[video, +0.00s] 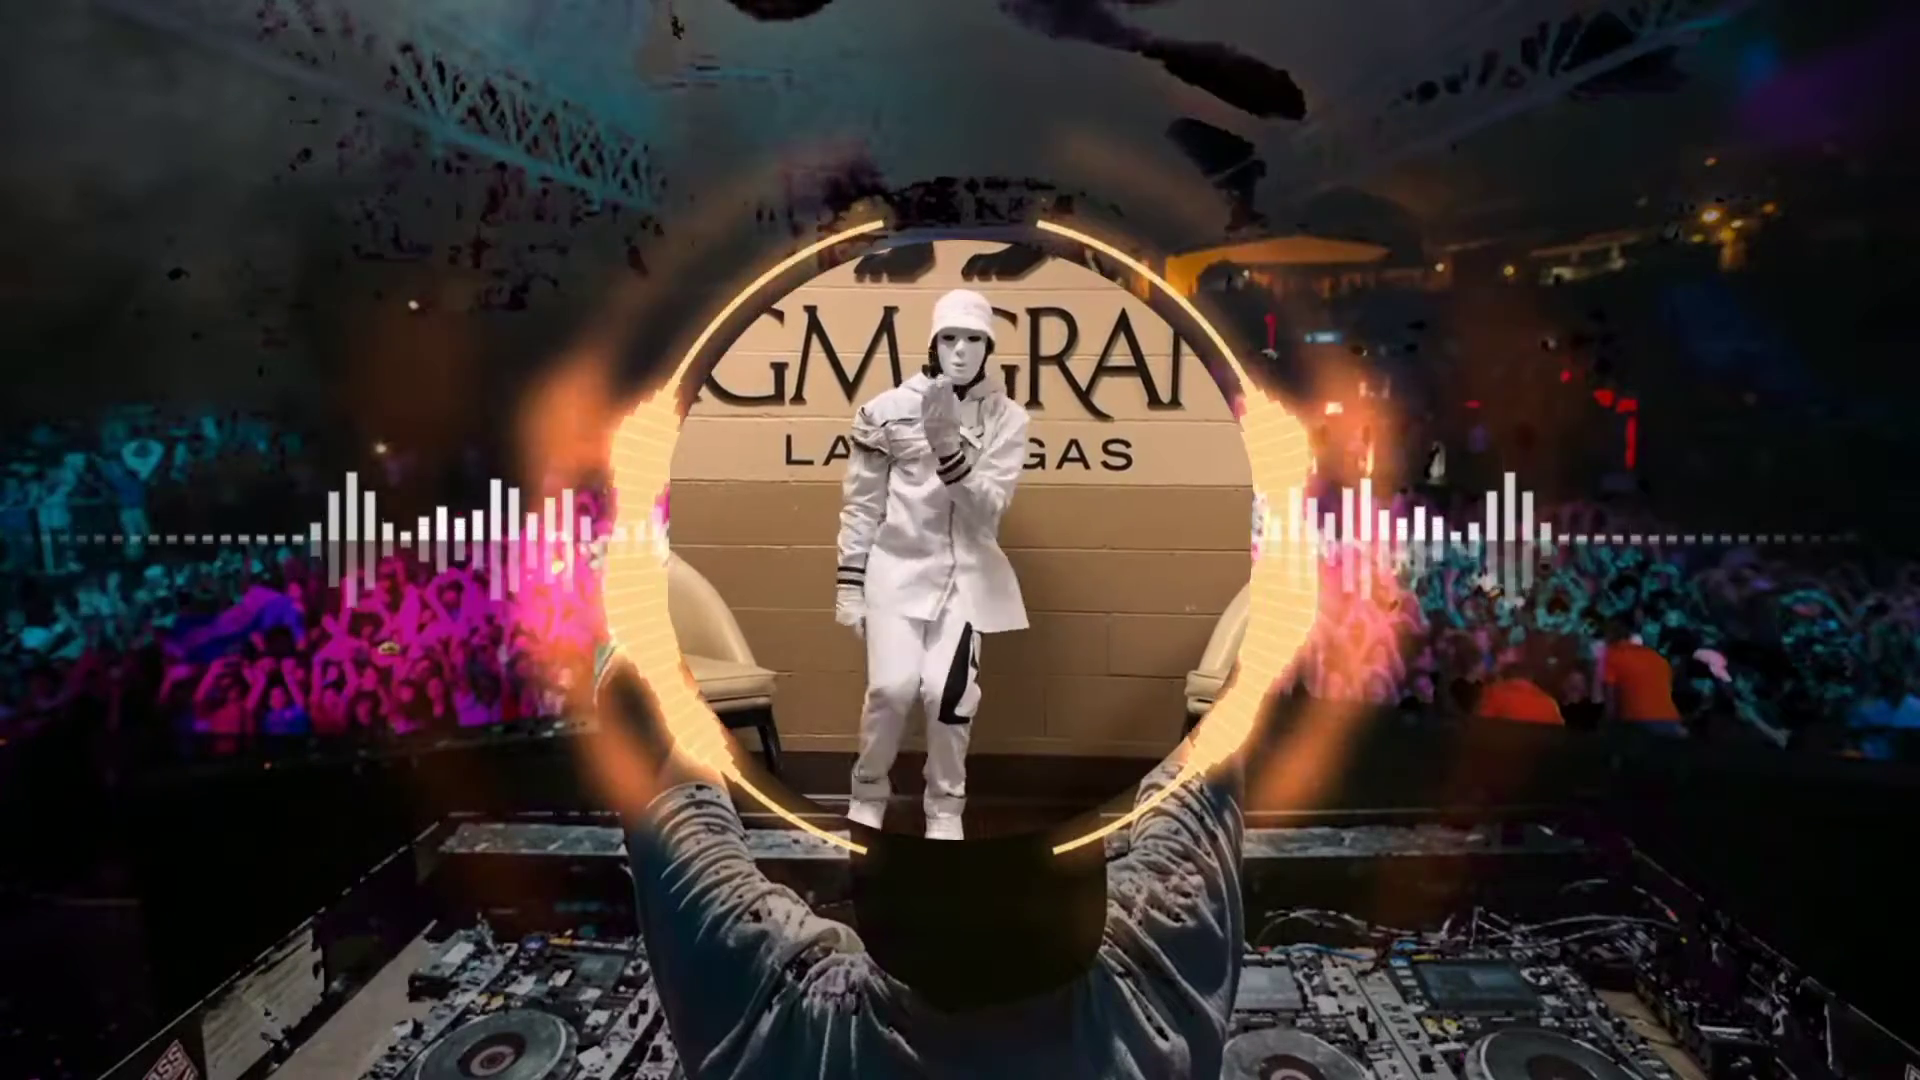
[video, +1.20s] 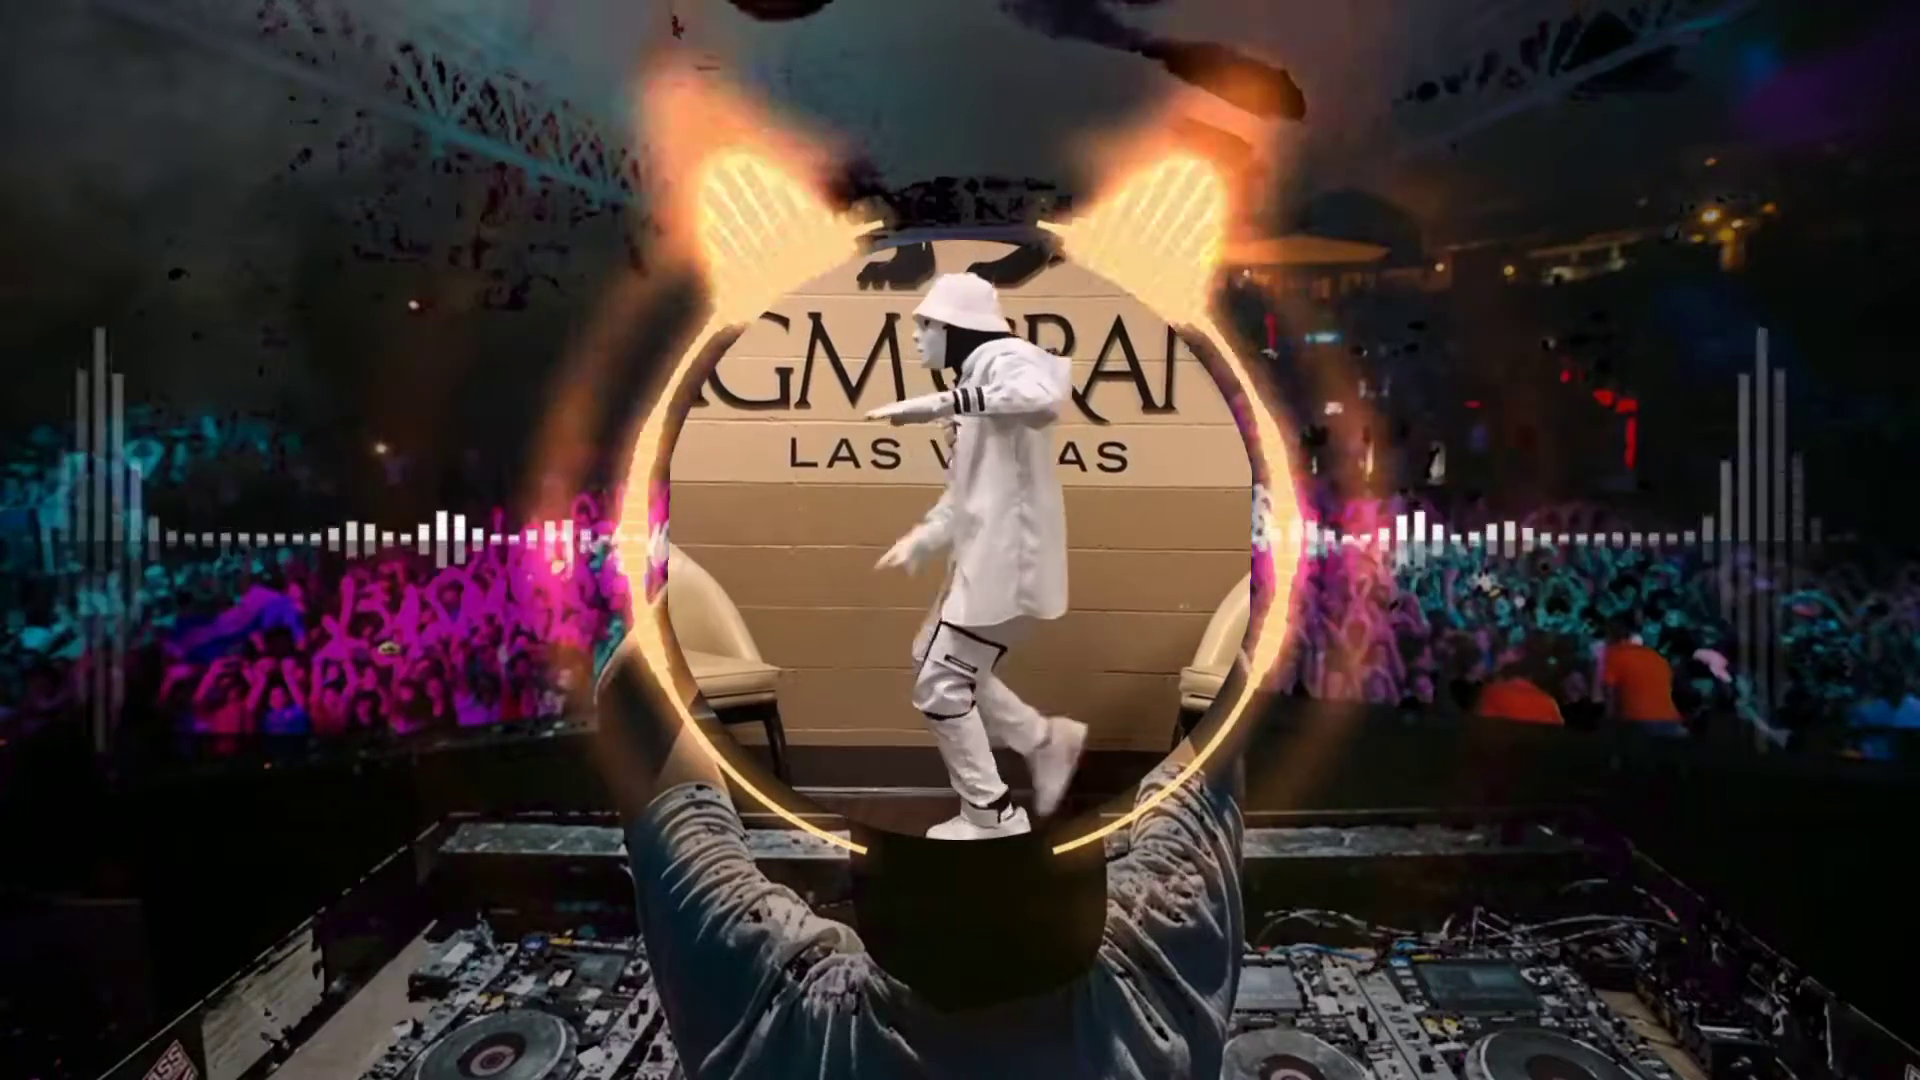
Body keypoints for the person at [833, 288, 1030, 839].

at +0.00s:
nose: (960, 350)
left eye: (972, 340)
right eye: (951, 338)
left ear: (987, 349)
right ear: (934, 345)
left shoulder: (1006, 419)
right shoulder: (887, 412)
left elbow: (992, 508)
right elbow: (862, 505)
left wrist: (949, 444)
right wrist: (850, 583)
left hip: (965, 580)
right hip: (895, 577)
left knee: (951, 697)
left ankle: (945, 815)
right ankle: (867, 802)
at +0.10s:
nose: (938, 347)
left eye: (952, 337)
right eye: (931, 335)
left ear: (974, 348)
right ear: (919, 341)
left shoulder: (997, 414)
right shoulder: (882, 405)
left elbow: (978, 503)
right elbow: (850, 494)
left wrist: (948, 429)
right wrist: (835, 569)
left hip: (949, 578)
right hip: (877, 572)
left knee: (932, 691)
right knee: (859, 690)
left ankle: (943, 810)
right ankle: (880, 799)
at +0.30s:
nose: (853, 337)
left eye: (863, 327)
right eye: (854, 326)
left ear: (896, 335)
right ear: (887, 332)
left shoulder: (947, 392)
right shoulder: (879, 390)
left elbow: (964, 489)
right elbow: (864, 478)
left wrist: (896, 425)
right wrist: (850, 537)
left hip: (929, 571)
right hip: (871, 564)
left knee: (914, 699)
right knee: (846, 685)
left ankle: (946, 810)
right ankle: (883, 797)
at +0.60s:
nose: (845, 334)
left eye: (854, 323)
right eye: (846, 323)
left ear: (884, 324)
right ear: (887, 326)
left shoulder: (936, 363)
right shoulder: (899, 382)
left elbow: (990, 414)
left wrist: (909, 450)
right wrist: (868, 454)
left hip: (944, 565)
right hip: (907, 564)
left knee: (907, 688)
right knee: (864, 672)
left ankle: (989, 809)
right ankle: (907, 802)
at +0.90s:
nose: (871, 324)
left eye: (879, 313)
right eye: (873, 313)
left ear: (910, 317)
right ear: (913, 317)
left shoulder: (968, 363)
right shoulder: (925, 374)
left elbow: (1020, 416)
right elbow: (949, 466)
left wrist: (926, 416)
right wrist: (914, 522)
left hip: (961, 566)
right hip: (926, 564)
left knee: (925, 688)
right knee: (886, 668)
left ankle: (990, 810)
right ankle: (911, 802)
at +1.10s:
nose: (905, 337)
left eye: (913, 326)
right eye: (906, 326)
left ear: (940, 327)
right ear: (946, 326)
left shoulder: (988, 355)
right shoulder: (957, 375)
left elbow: (1027, 394)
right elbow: (950, 485)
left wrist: (941, 400)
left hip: (987, 563)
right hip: (956, 561)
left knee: (931, 688)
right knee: (895, 645)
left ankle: (990, 811)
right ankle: (929, 781)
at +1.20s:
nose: (919, 338)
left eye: (926, 327)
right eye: (920, 327)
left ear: (955, 328)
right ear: (960, 326)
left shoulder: (1002, 355)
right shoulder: (977, 383)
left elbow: (1043, 396)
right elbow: (971, 491)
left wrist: (953, 402)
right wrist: (927, 537)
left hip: (1007, 565)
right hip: (985, 563)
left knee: (945, 687)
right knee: (931, 658)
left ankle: (988, 810)